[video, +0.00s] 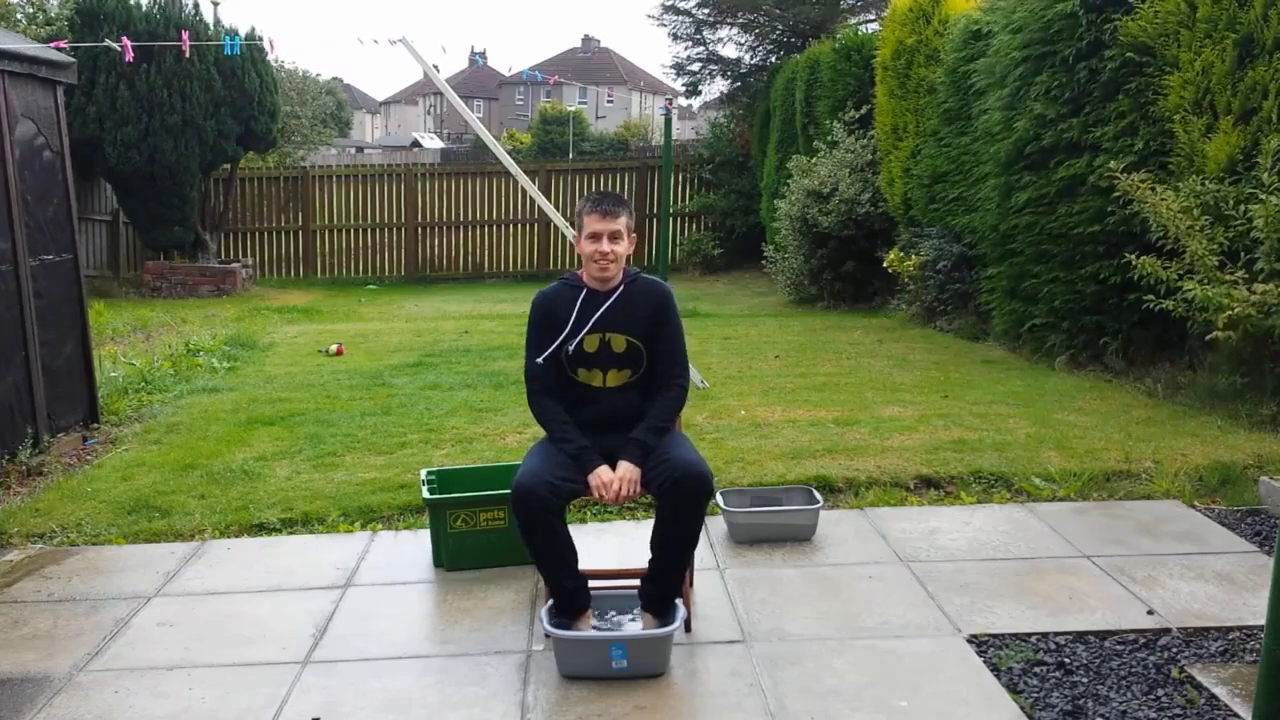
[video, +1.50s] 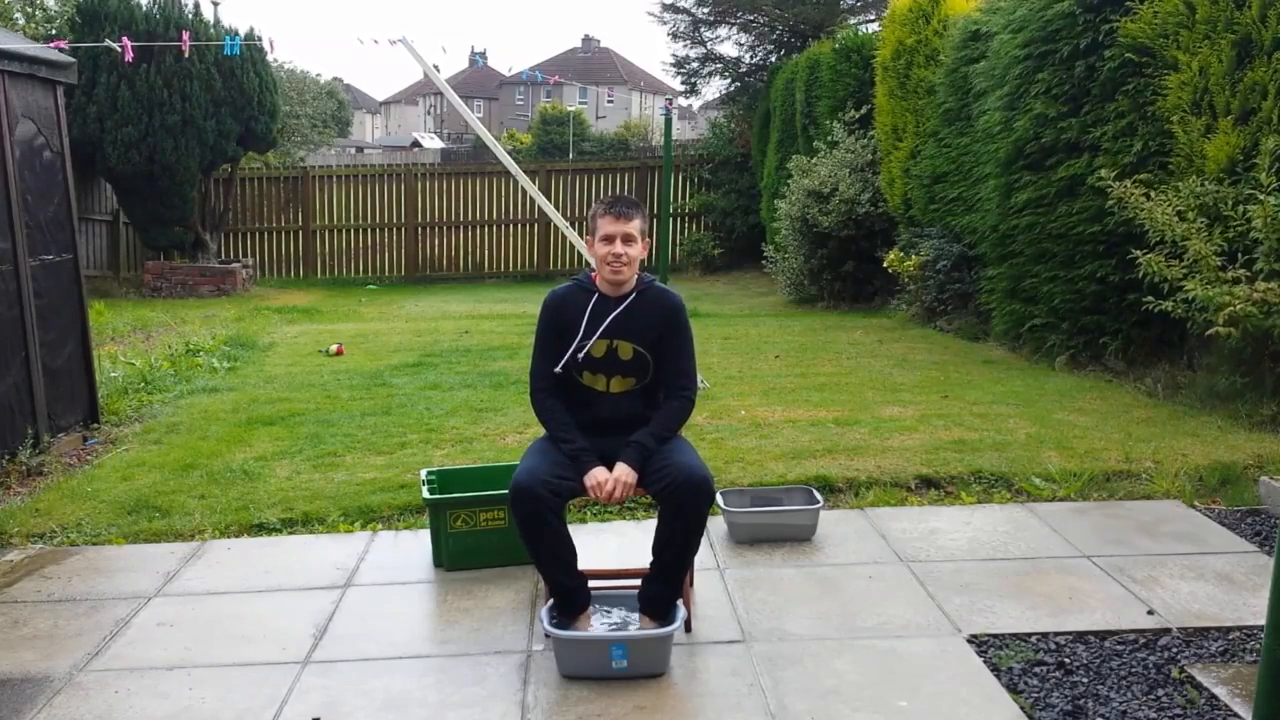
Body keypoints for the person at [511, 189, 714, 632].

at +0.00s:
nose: (604, 248)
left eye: (615, 238)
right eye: (593, 238)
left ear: (631, 244)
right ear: (577, 242)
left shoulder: (655, 297)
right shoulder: (550, 304)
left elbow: (673, 385)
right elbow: (541, 394)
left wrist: (634, 455)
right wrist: (589, 461)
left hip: (646, 433)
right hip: (573, 437)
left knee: (692, 479)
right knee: (528, 491)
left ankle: (658, 600)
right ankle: (572, 604)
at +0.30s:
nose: (597, 249)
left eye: (608, 238)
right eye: (587, 238)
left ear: (625, 244)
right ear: (570, 243)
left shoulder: (651, 296)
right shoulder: (546, 304)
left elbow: (670, 384)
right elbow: (539, 397)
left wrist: (632, 454)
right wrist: (589, 461)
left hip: (644, 432)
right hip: (571, 436)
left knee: (689, 475)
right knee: (530, 492)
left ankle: (658, 602)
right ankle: (574, 606)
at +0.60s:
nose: (636, 252)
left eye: (647, 242)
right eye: (626, 240)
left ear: (664, 249)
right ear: (610, 244)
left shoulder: (681, 310)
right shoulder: (577, 298)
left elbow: (688, 400)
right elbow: (550, 383)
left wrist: (631, 456)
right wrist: (586, 460)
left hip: (650, 436)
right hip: (577, 433)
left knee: (690, 486)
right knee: (530, 483)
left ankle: (654, 604)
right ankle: (569, 604)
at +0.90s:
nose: (652, 253)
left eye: (663, 244)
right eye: (642, 242)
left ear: (678, 250)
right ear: (625, 245)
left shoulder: (689, 313)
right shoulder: (585, 298)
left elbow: (689, 400)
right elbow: (555, 383)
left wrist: (636, 454)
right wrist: (588, 459)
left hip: (651, 436)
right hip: (579, 433)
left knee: (695, 486)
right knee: (532, 485)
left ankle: (653, 608)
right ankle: (574, 605)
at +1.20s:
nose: (615, 247)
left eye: (626, 237)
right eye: (605, 237)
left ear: (643, 245)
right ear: (589, 244)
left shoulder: (664, 304)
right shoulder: (561, 303)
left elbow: (680, 392)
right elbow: (544, 390)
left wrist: (633, 456)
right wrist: (586, 461)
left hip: (648, 434)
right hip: (574, 436)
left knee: (693, 484)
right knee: (528, 489)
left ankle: (656, 605)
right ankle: (573, 605)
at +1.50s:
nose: (617, 250)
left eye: (628, 240)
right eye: (607, 240)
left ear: (644, 248)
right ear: (590, 246)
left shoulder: (665, 306)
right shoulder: (561, 304)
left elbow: (681, 394)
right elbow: (543, 392)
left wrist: (634, 458)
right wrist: (587, 462)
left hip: (648, 435)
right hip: (574, 437)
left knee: (694, 484)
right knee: (527, 490)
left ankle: (658, 602)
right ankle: (572, 601)